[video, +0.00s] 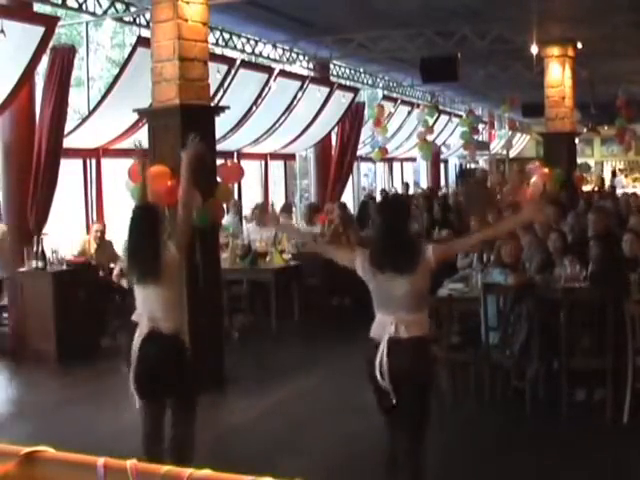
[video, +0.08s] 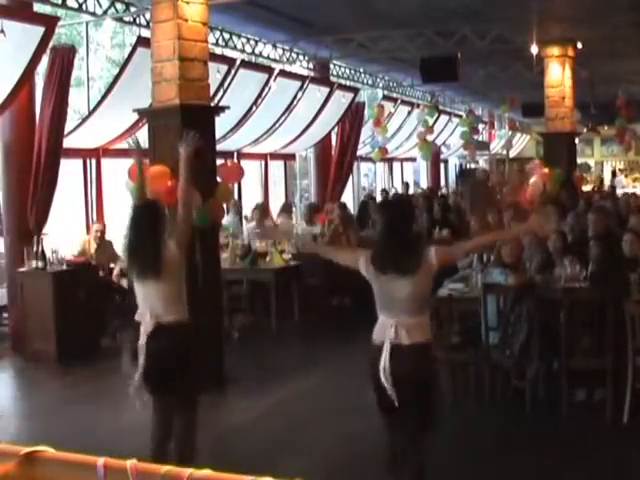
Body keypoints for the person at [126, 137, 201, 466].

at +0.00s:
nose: (167, 225)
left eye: (162, 220)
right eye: (163, 221)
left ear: (134, 231)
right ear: (159, 228)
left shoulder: (132, 264)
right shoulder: (173, 257)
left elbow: (139, 224)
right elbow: (184, 209)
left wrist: (144, 181)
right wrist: (187, 161)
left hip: (144, 344)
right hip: (175, 344)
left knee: (151, 418)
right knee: (182, 417)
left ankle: (151, 471)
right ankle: (179, 470)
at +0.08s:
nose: (166, 222)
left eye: (160, 217)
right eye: (163, 218)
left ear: (135, 227)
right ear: (160, 225)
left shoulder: (133, 261)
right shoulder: (174, 252)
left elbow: (138, 221)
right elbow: (183, 209)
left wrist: (140, 179)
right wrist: (185, 160)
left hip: (151, 332)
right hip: (179, 328)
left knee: (160, 409)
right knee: (185, 408)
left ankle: (157, 464)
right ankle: (184, 466)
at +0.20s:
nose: (169, 221)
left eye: (165, 217)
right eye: (165, 217)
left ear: (136, 227)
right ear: (162, 225)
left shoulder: (134, 260)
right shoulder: (174, 253)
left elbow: (133, 217)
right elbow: (183, 207)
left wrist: (134, 175)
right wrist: (184, 158)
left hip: (152, 330)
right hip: (178, 327)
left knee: (170, 400)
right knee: (187, 399)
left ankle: (161, 457)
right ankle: (186, 461)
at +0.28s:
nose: (168, 221)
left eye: (163, 216)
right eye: (166, 217)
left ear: (138, 225)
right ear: (165, 224)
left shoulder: (135, 258)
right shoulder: (175, 251)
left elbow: (132, 211)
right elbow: (184, 205)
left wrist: (125, 164)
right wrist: (186, 155)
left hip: (152, 330)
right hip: (180, 326)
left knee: (170, 402)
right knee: (188, 401)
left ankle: (163, 460)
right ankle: (187, 464)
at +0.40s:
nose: (166, 211)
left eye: (153, 207)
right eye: (164, 208)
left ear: (139, 216)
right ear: (167, 214)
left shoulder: (133, 247)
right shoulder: (176, 240)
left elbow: (121, 203)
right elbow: (191, 190)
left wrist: (105, 159)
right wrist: (198, 145)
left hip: (153, 320)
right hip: (183, 316)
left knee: (163, 396)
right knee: (187, 396)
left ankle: (161, 460)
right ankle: (188, 463)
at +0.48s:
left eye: (144, 202)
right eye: (164, 200)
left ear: (140, 208)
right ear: (169, 207)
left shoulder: (132, 238)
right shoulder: (177, 232)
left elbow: (113, 202)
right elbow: (198, 184)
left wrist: (95, 165)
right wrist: (209, 137)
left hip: (151, 315)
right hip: (182, 312)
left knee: (161, 389)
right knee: (187, 390)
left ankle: (161, 458)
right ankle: (185, 459)